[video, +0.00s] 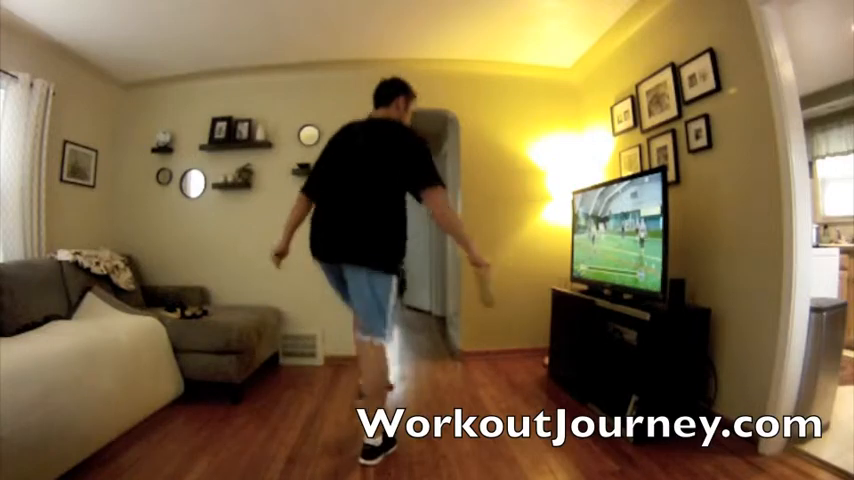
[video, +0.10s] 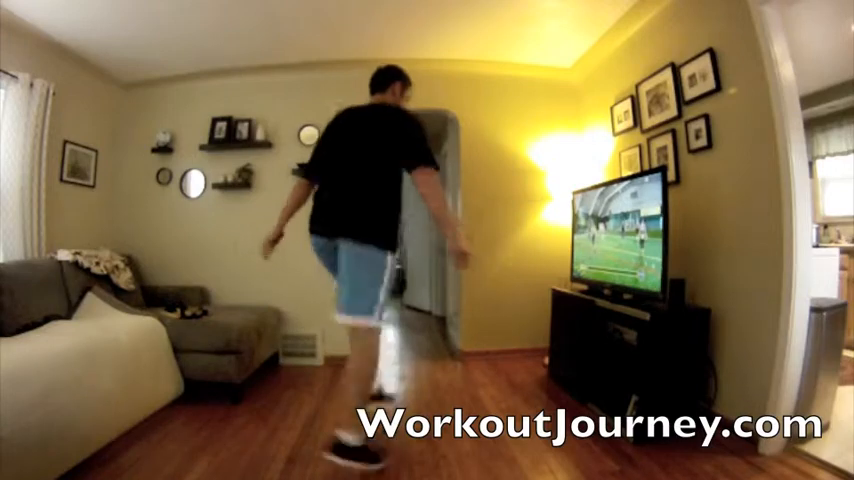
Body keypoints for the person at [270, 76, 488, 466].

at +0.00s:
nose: (411, 115)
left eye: (412, 109)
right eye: (411, 108)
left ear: (375, 102)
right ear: (401, 103)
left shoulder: (345, 135)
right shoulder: (406, 141)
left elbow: (309, 192)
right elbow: (437, 205)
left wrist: (284, 239)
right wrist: (471, 250)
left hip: (328, 246)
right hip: (373, 250)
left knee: (365, 322)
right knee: (373, 337)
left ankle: (371, 383)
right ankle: (374, 434)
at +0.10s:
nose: (406, 101)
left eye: (406, 96)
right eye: (406, 94)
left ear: (371, 88)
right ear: (397, 90)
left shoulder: (341, 119)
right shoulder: (403, 123)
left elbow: (308, 178)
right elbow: (425, 179)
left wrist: (280, 224)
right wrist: (453, 233)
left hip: (322, 231)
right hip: (367, 236)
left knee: (365, 313)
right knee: (362, 336)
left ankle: (369, 385)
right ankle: (350, 433)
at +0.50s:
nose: (395, 121)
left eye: (395, 115)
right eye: (396, 115)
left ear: (362, 111)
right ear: (389, 110)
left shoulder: (333, 143)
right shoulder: (387, 141)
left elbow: (299, 194)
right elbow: (405, 184)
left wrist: (272, 224)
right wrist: (467, 195)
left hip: (324, 255)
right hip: (363, 257)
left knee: (350, 344)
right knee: (372, 346)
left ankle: (345, 428)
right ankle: (301, 392)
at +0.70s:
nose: (396, 125)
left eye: (395, 120)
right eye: (396, 119)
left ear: (361, 116)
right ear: (388, 116)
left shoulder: (333, 150)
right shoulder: (390, 149)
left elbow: (305, 210)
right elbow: (422, 195)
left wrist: (291, 251)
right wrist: (470, 224)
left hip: (324, 262)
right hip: (365, 264)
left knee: (346, 352)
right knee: (375, 354)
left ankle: (352, 425)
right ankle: (331, 434)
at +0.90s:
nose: (408, 123)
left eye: (408, 118)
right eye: (409, 117)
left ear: (373, 110)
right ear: (402, 112)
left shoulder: (346, 141)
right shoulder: (400, 143)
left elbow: (314, 198)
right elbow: (425, 196)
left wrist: (288, 242)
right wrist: (461, 245)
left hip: (328, 243)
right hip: (373, 240)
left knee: (344, 332)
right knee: (400, 305)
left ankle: (346, 425)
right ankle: (364, 357)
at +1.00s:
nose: (413, 109)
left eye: (412, 104)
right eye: (414, 103)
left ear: (382, 97)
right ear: (408, 99)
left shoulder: (351, 126)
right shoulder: (407, 130)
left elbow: (319, 179)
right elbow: (427, 183)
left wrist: (288, 218)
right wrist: (455, 237)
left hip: (333, 226)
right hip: (379, 225)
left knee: (343, 318)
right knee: (404, 292)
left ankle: (311, 409)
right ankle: (381, 379)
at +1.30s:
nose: (412, 98)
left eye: (412, 91)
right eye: (412, 91)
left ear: (377, 86)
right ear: (401, 87)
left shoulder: (347, 117)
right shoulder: (406, 125)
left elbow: (312, 176)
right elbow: (430, 186)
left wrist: (284, 222)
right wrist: (464, 231)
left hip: (323, 230)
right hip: (368, 238)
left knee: (325, 309)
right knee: (369, 331)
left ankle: (290, 351)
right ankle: (360, 421)